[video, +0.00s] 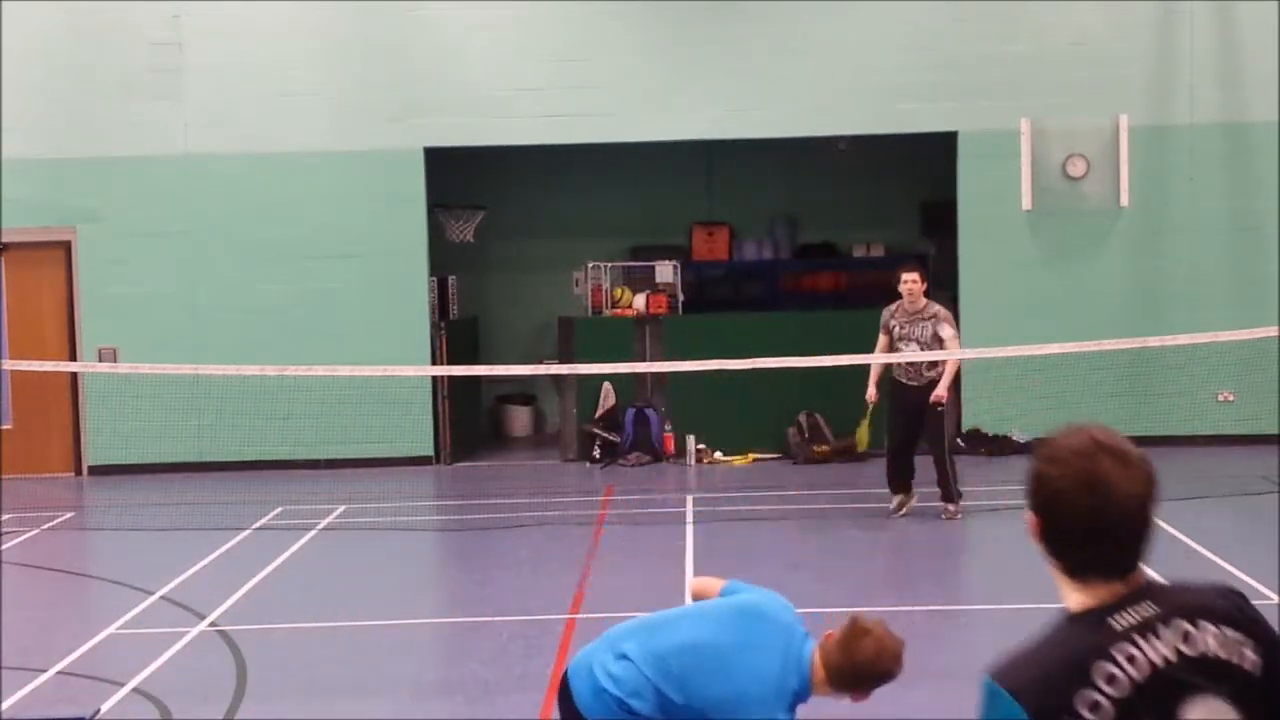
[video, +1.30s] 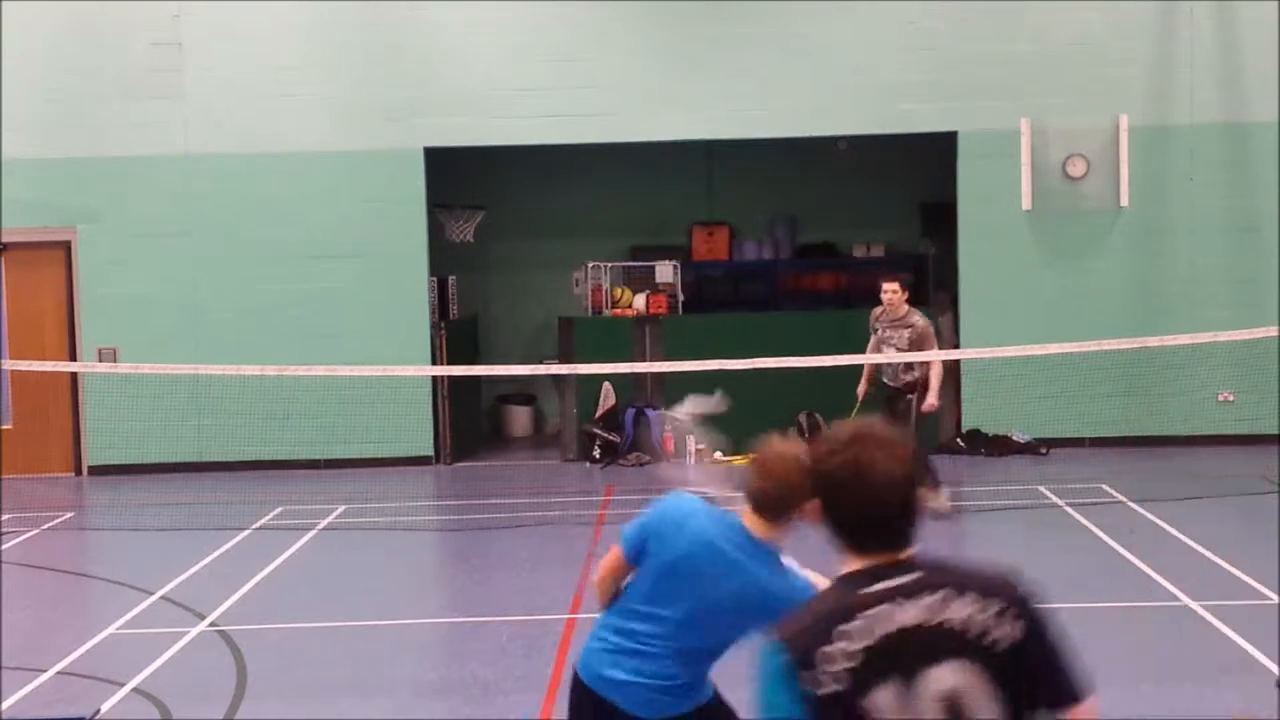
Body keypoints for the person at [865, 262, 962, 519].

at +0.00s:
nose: (909, 287)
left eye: (913, 282)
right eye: (904, 283)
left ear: (923, 285)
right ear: (898, 287)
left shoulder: (940, 315)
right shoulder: (890, 314)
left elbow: (954, 354)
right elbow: (880, 351)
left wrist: (943, 386)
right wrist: (872, 384)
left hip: (935, 386)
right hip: (902, 386)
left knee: (941, 444)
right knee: (897, 442)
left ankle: (950, 500)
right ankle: (902, 491)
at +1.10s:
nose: (900, 282)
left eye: (904, 277)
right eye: (895, 278)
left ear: (913, 282)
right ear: (888, 285)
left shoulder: (930, 313)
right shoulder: (875, 317)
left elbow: (941, 354)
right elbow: (865, 354)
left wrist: (947, 393)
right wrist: (865, 383)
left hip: (926, 389)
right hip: (891, 391)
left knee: (934, 447)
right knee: (891, 449)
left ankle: (945, 496)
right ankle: (895, 509)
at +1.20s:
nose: (882, 298)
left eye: (887, 293)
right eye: (878, 293)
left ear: (898, 297)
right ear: (874, 296)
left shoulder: (912, 326)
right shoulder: (873, 316)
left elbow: (928, 362)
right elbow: (871, 349)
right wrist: (866, 383)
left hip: (903, 385)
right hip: (881, 384)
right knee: (887, 434)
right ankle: (898, 488)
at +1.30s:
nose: (888, 298)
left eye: (893, 292)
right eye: (885, 292)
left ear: (905, 295)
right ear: (880, 295)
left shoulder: (919, 324)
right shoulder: (877, 316)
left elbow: (935, 360)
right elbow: (874, 346)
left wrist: (933, 394)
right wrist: (864, 380)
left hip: (914, 388)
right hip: (889, 386)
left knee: (914, 441)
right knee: (891, 439)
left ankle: (932, 488)